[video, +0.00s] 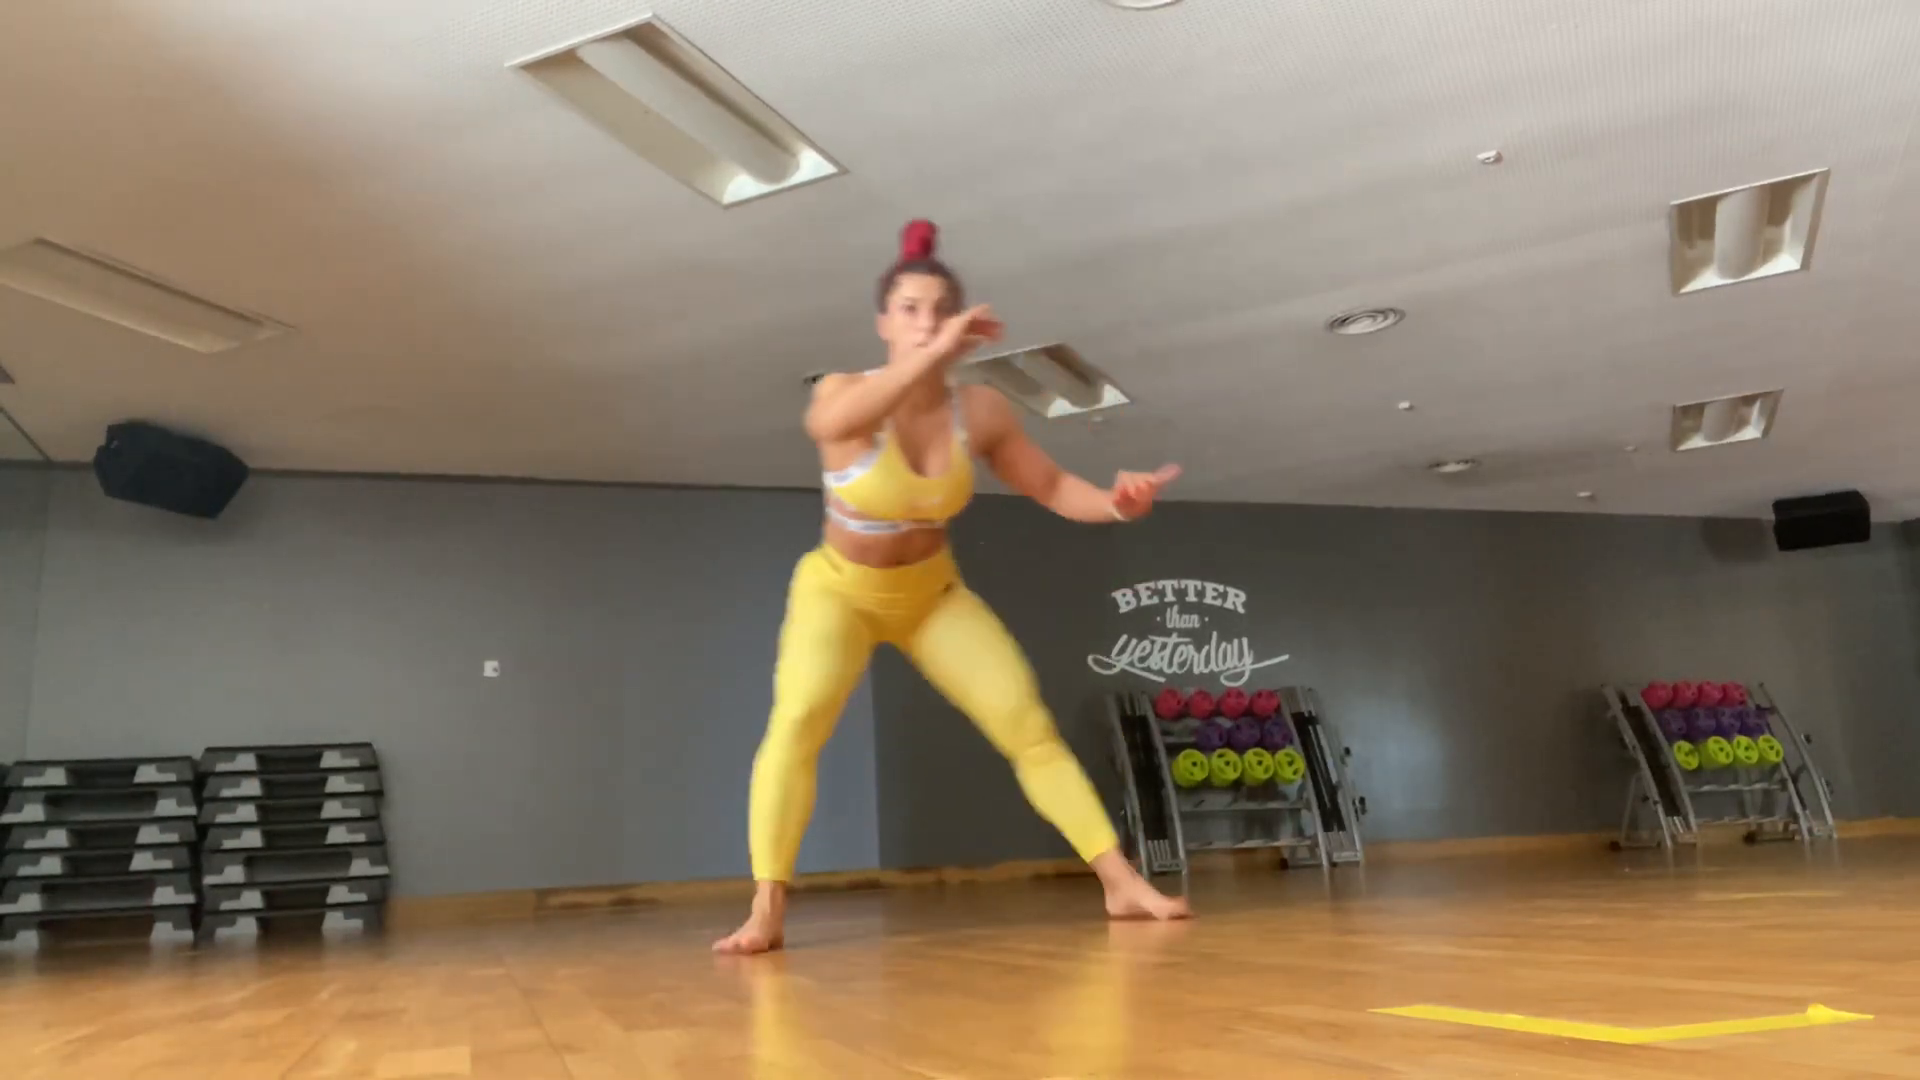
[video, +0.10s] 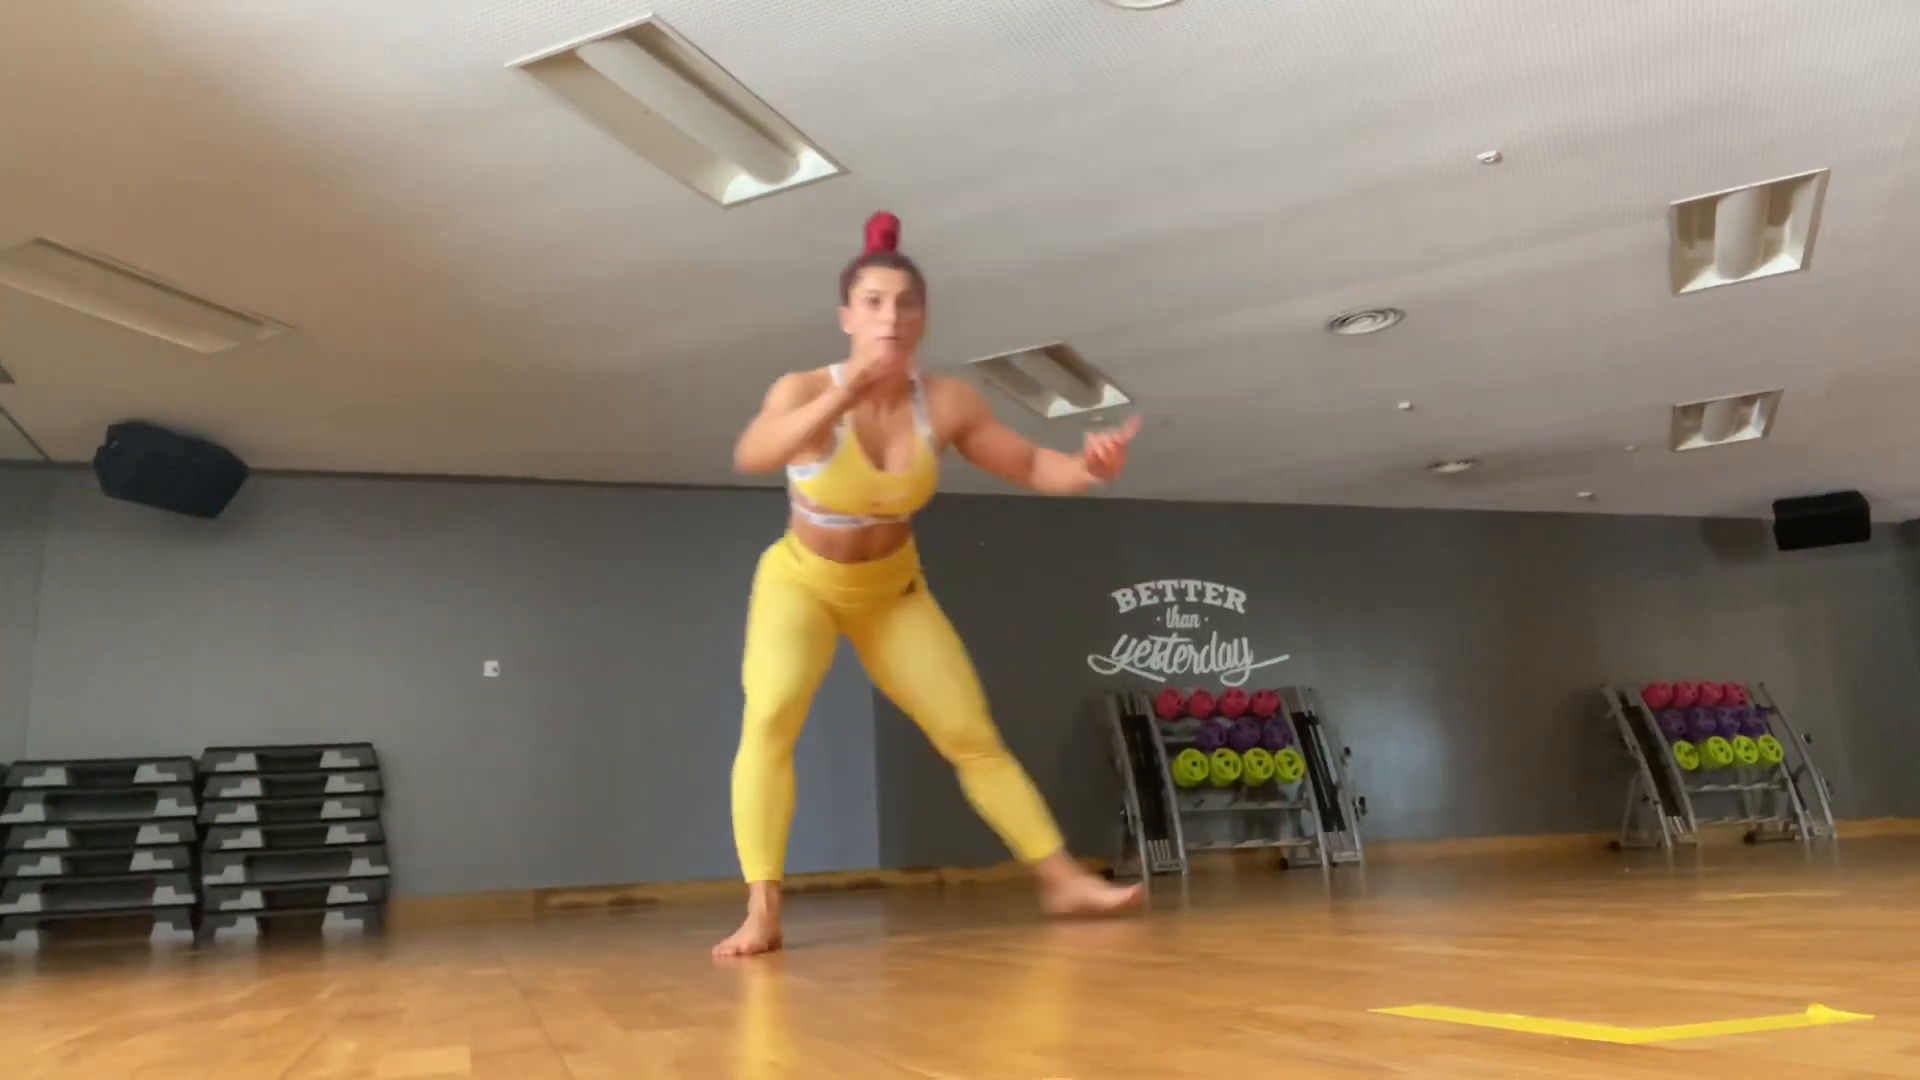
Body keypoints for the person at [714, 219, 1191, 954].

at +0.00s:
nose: (927, 326)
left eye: (941, 312)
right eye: (910, 309)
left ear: (960, 325)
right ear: (881, 321)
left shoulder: (978, 410)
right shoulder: (842, 393)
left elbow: (1051, 486)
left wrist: (1111, 504)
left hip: (934, 594)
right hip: (838, 591)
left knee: (1025, 722)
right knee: (797, 723)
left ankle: (1118, 881)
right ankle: (767, 911)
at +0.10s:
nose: (892, 317)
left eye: (907, 303)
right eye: (874, 303)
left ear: (924, 316)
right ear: (845, 315)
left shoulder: (946, 402)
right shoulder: (805, 391)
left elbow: (1031, 465)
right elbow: (750, 455)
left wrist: (1088, 469)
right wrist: (838, 398)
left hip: (893, 589)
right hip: (800, 583)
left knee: (969, 732)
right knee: (769, 722)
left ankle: (1061, 879)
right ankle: (762, 910)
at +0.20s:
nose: (861, 301)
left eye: (875, 288)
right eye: (844, 285)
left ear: (892, 306)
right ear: (814, 302)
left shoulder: (918, 386)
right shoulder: (767, 389)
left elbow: (1022, 431)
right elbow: (686, 468)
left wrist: (1047, 400)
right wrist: (641, 505)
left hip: (865, 580)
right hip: (772, 575)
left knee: (891, 731)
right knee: (753, 724)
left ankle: (897, 873)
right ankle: (757, 909)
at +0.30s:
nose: (853, 286)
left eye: (866, 275)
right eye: (836, 273)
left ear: (881, 296)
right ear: (805, 291)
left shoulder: (904, 374)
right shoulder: (757, 382)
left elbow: (1011, 396)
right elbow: (665, 478)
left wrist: (993, 344)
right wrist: (586, 539)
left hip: (852, 580)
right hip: (765, 571)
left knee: (842, 726)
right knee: (754, 719)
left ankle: (813, 848)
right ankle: (756, 905)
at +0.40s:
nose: (839, 275)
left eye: (853, 265)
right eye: (826, 264)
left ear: (876, 287)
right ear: (803, 283)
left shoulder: (893, 364)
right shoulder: (759, 372)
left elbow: (963, 356)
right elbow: (688, 462)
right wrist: (612, 519)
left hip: (843, 582)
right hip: (763, 564)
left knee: (793, 733)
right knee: (753, 717)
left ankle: (738, 859)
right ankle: (747, 890)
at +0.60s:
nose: (859, 324)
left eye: (869, 314)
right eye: (846, 309)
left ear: (877, 323)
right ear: (812, 313)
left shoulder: (887, 402)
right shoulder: (767, 397)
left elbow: (924, 397)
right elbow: (703, 483)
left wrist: (842, 333)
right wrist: (632, 532)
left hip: (833, 601)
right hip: (761, 583)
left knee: (781, 753)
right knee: (818, 714)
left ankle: (693, 875)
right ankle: (783, 903)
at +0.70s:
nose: (873, 351)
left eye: (885, 339)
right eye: (859, 335)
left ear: (897, 351)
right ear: (828, 346)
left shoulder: (902, 426)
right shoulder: (786, 424)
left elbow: (946, 428)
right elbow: (714, 507)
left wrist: (866, 366)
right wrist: (646, 544)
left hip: (847, 626)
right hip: (775, 609)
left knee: (785, 782)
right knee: (850, 695)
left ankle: (684, 884)